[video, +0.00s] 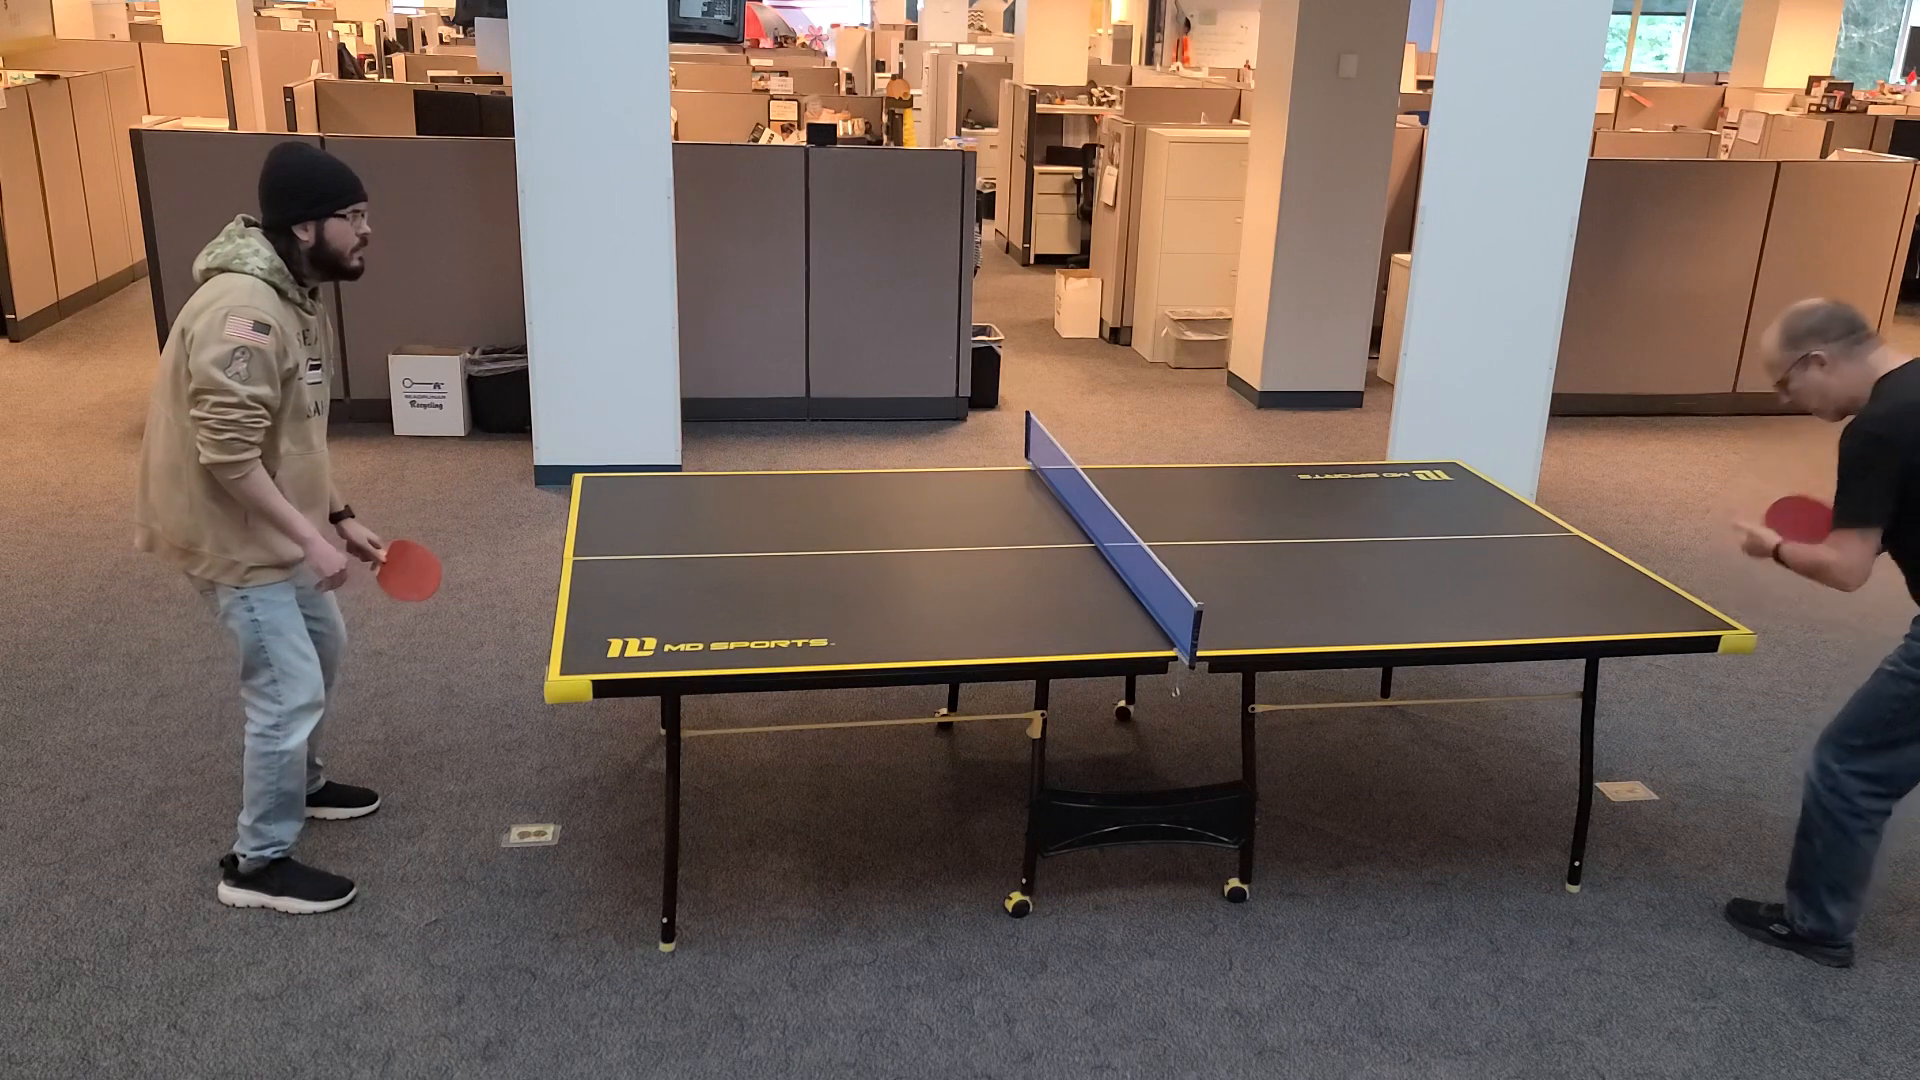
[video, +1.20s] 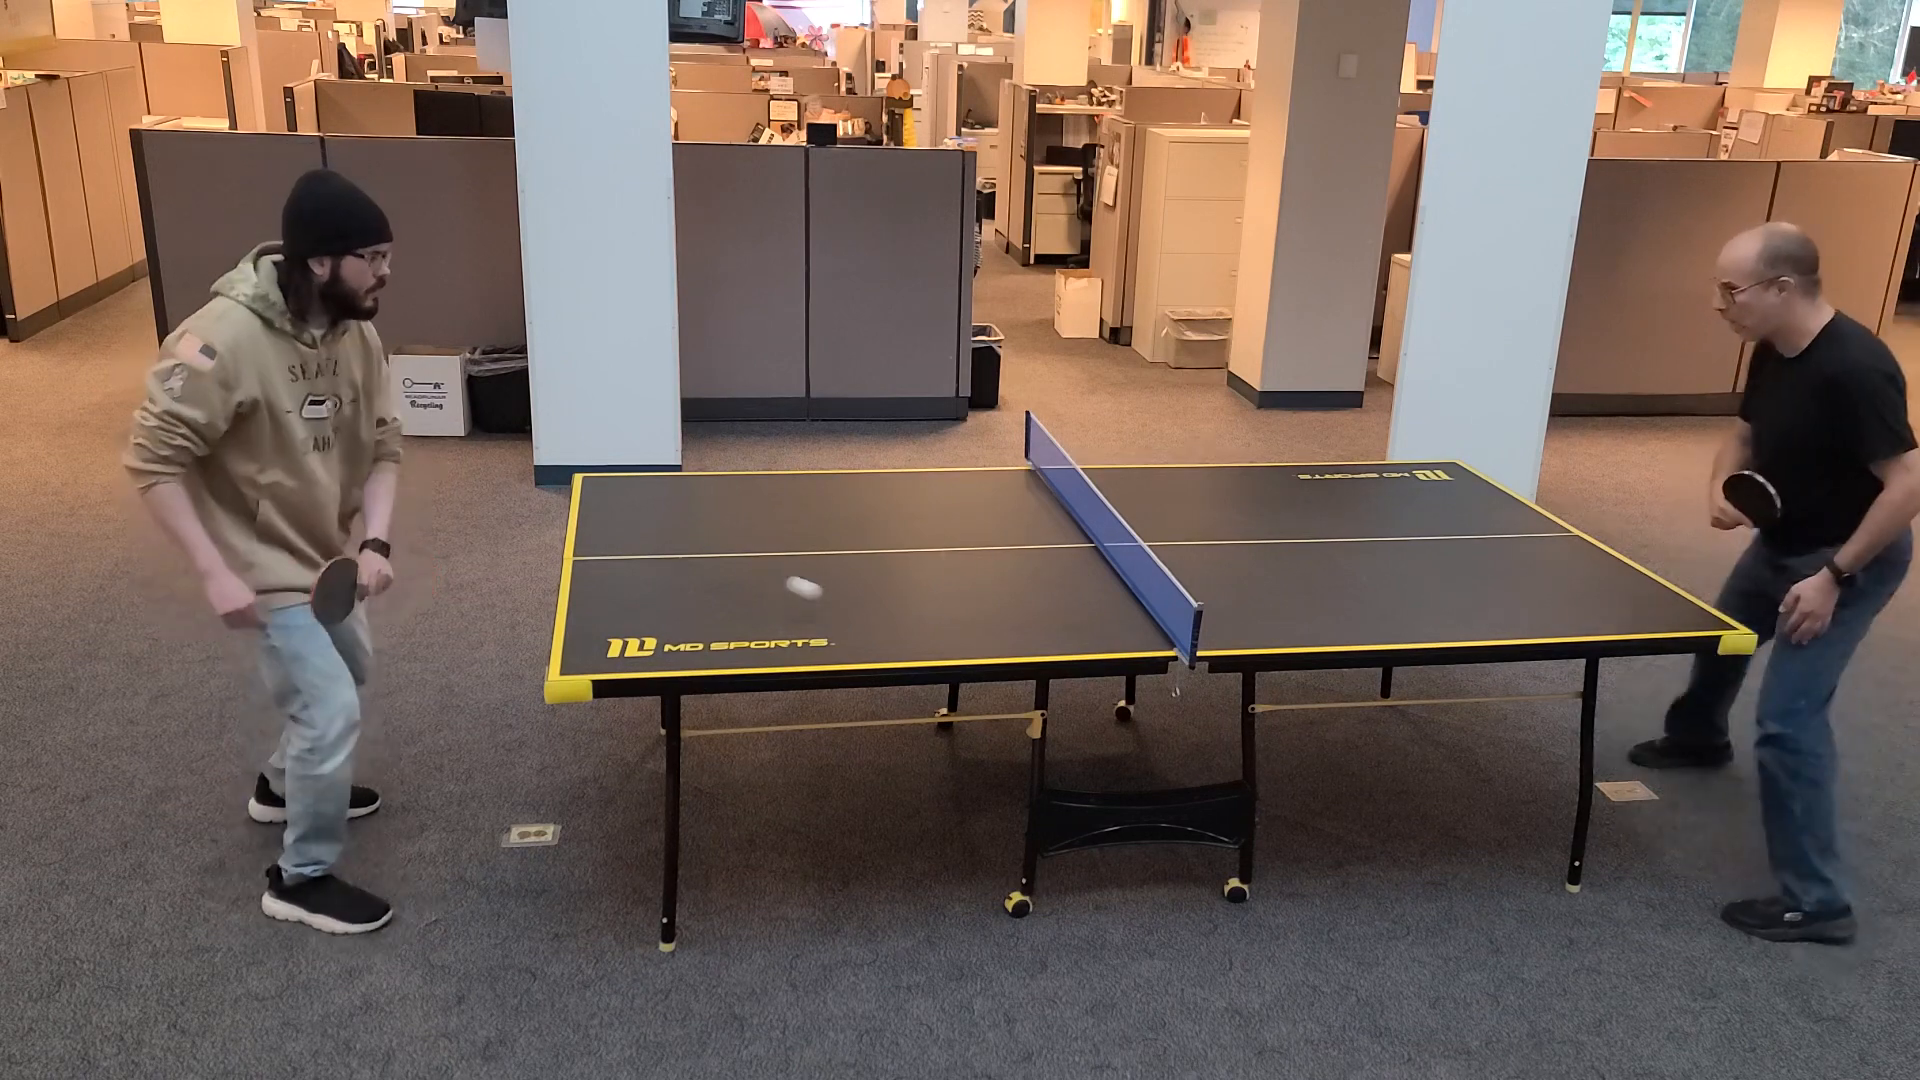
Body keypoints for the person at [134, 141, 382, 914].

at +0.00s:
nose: (366, 229)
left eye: (364, 214)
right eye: (352, 216)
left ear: (307, 227)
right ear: (302, 226)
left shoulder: (291, 293)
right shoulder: (243, 311)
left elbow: (293, 432)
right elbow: (229, 456)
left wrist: (339, 516)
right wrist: (308, 539)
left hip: (277, 524)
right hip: (229, 533)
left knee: (324, 647)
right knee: (289, 690)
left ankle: (295, 788)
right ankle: (258, 859)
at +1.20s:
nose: (385, 272)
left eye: (384, 256)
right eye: (371, 258)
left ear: (332, 264)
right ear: (319, 262)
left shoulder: (355, 336)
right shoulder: (224, 340)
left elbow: (382, 447)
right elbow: (151, 461)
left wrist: (374, 539)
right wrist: (215, 573)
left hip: (325, 558)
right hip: (256, 572)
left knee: (351, 671)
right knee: (329, 709)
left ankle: (286, 781)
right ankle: (303, 876)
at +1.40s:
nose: (384, 285)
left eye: (384, 268)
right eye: (370, 271)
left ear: (336, 276)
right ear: (315, 275)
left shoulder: (363, 343)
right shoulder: (211, 350)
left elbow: (419, 445)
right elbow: (127, 460)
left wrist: (463, 534)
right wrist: (172, 577)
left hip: (346, 568)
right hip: (265, 582)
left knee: (363, 685)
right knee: (337, 729)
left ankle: (292, 773)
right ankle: (301, 876)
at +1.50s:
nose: (385, 278)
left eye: (384, 261)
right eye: (371, 264)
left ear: (330, 272)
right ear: (316, 272)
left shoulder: (367, 341)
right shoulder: (208, 349)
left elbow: (448, 405)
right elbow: (116, 451)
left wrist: (538, 476)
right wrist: (174, 564)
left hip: (350, 565)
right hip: (269, 580)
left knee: (361, 688)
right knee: (333, 731)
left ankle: (298, 771)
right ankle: (302, 876)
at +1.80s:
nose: (396, 247)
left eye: (393, 231)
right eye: (383, 234)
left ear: (339, 246)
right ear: (333, 247)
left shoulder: (349, 297)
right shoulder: (240, 336)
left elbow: (383, 369)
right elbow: (153, 453)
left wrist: (439, 435)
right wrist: (232, 559)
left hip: (350, 549)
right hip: (290, 570)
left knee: (370, 674)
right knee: (344, 716)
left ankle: (344, 801)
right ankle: (301, 875)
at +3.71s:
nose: (408, 251)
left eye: (406, 236)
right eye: (395, 237)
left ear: (353, 246)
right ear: (344, 245)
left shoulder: (378, 332)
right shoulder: (246, 321)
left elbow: (402, 449)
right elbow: (165, 432)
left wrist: (431, 530)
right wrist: (224, 539)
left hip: (362, 556)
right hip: (290, 566)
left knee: (394, 677)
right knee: (350, 711)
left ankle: (345, 799)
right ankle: (302, 875)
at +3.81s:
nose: (404, 263)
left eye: (404, 248)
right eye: (390, 248)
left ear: (355, 255)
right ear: (337, 253)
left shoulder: (384, 345)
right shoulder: (232, 327)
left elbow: (439, 445)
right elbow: (144, 426)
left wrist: (517, 505)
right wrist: (192, 540)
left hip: (365, 561)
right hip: (281, 571)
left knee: (400, 682)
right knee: (345, 717)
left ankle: (347, 801)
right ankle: (303, 874)